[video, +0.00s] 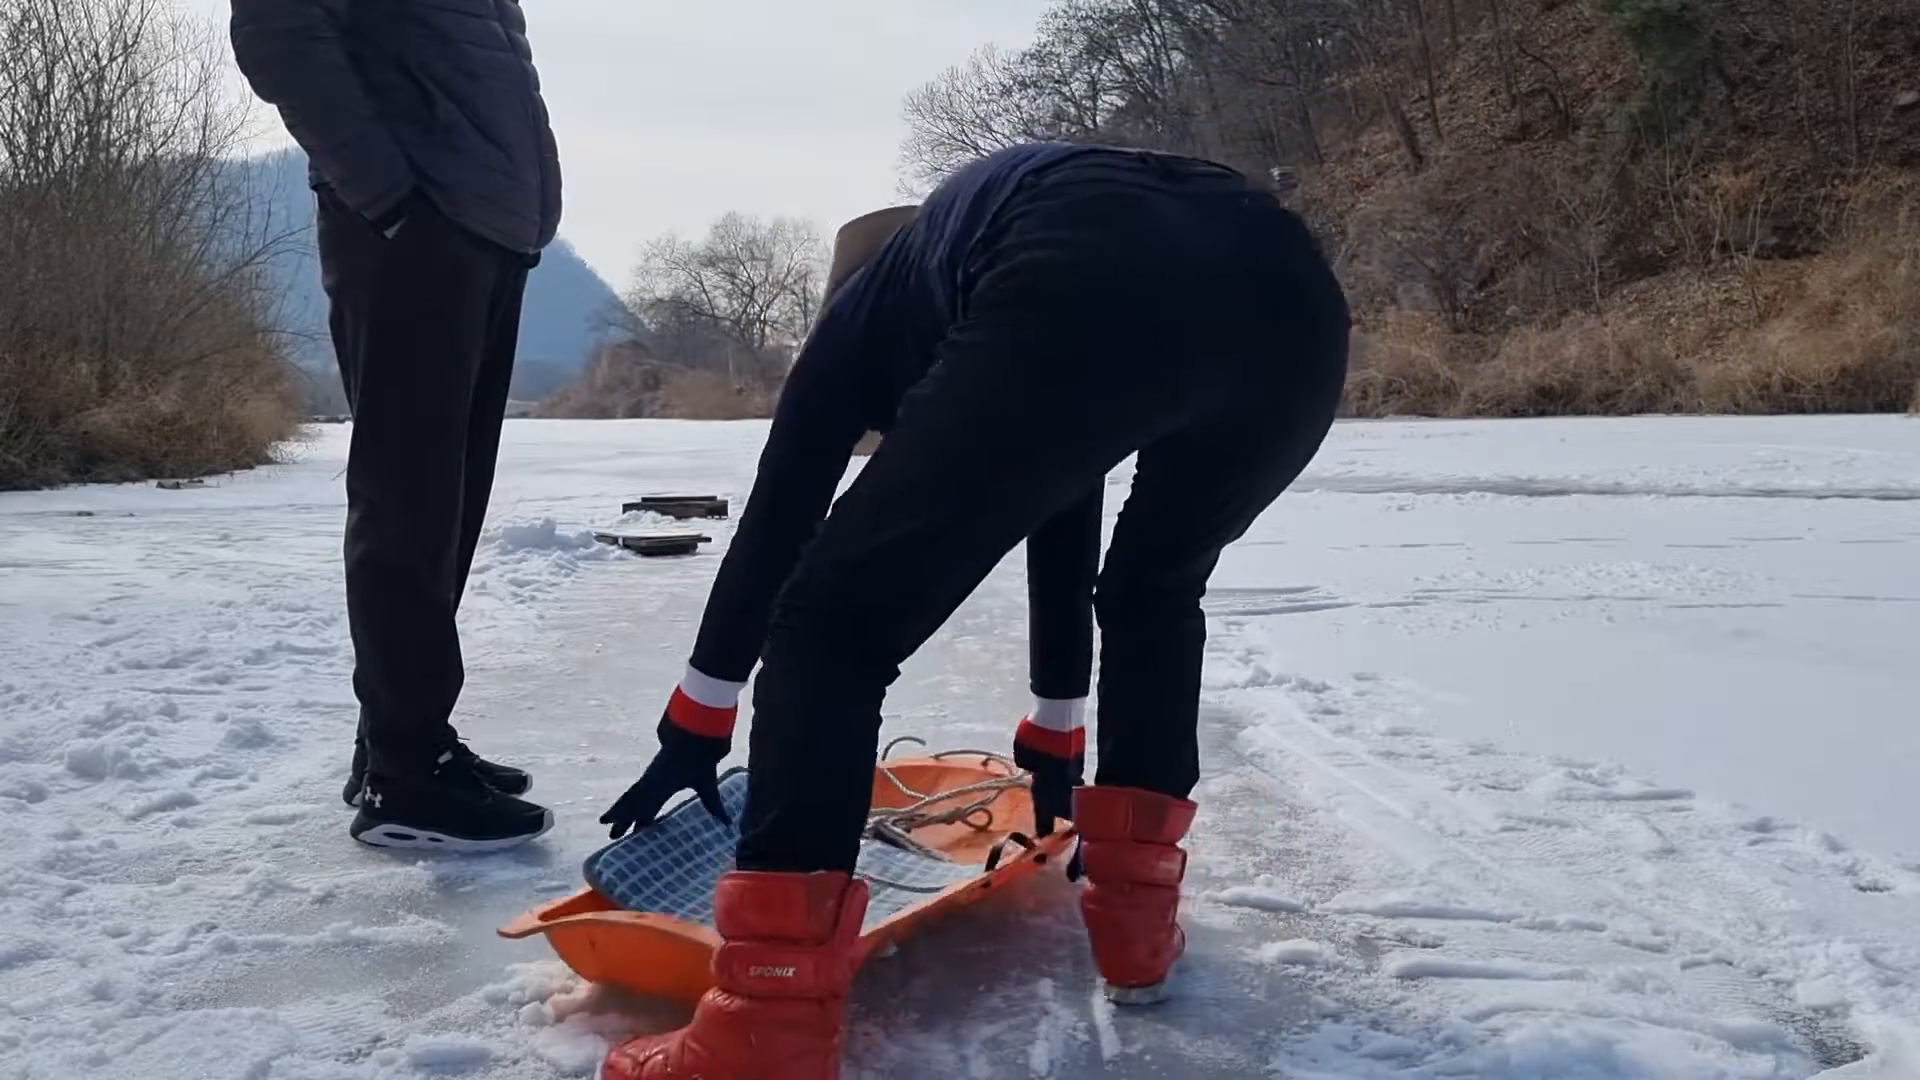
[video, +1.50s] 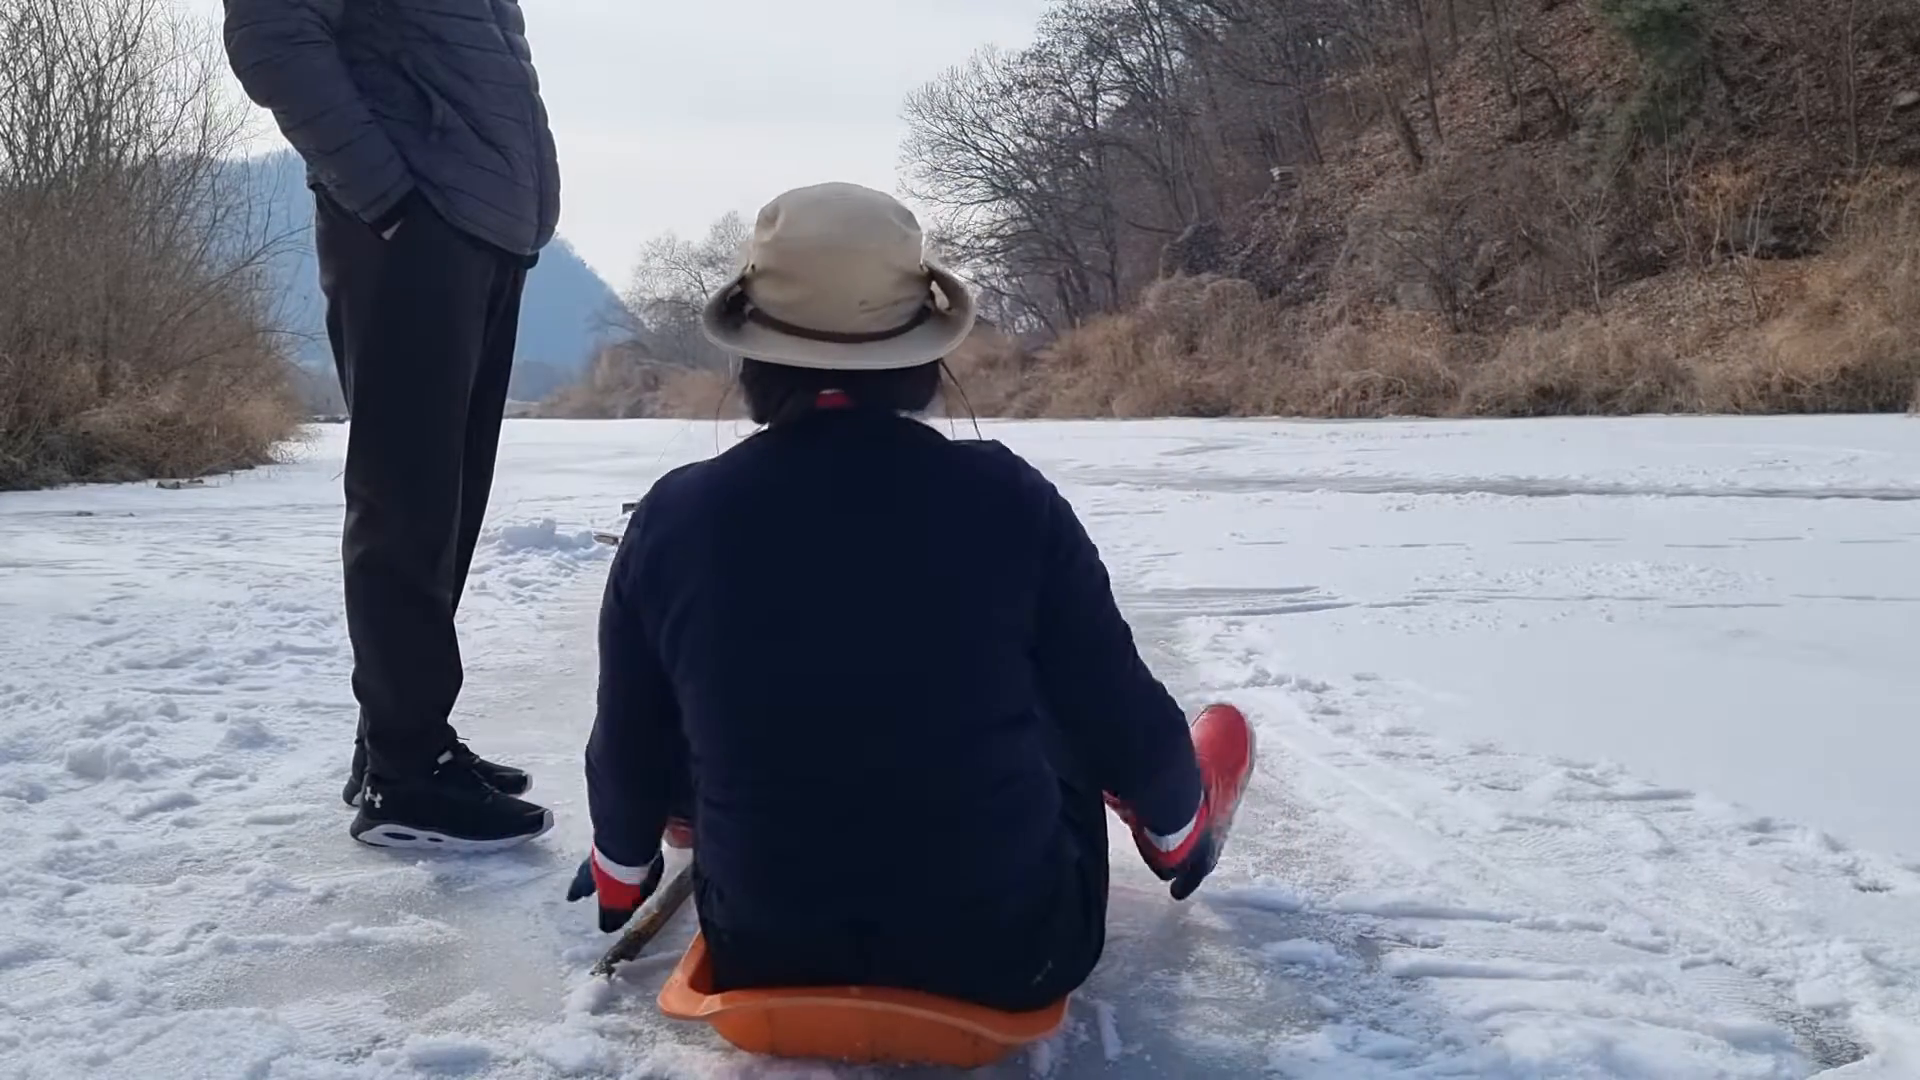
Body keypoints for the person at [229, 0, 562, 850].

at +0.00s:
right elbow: (275, 31)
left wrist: (515, 199)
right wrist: (388, 196)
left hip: (486, 229)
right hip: (410, 221)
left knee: (447, 498)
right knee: (406, 498)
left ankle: (413, 749)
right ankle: (401, 771)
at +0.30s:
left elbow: (488, 39)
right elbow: (273, 32)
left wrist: (513, 191)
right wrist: (387, 197)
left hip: (485, 230)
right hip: (409, 222)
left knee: (445, 499)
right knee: (404, 499)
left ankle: (413, 749)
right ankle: (401, 774)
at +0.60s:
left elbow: (489, 44)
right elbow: (268, 33)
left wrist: (516, 198)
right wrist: (386, 198)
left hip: (484, 232)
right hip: (409, 222)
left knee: (444, 500)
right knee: (403, 500)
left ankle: (419, 749)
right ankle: (399, 770)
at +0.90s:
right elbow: (269, 34)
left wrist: (514, 194)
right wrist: (386, 197)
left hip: (485, 233)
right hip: (409, 225)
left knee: (443, 505)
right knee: (403, 505)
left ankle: (415, 750)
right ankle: (401, 773)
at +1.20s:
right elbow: (269, 34)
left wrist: (515, 200)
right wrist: (386, 197)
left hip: (485, 235)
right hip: (409, 225)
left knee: (444, 505)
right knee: (403, 504)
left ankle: (417, 747)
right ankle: (400, 773)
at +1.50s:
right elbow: (269, 33)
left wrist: (515, 202)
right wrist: (387, 199)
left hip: (485, 235)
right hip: (410, 224)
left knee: (445, 502)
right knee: (404, 501)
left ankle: (416, 745)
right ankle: (400, 770)